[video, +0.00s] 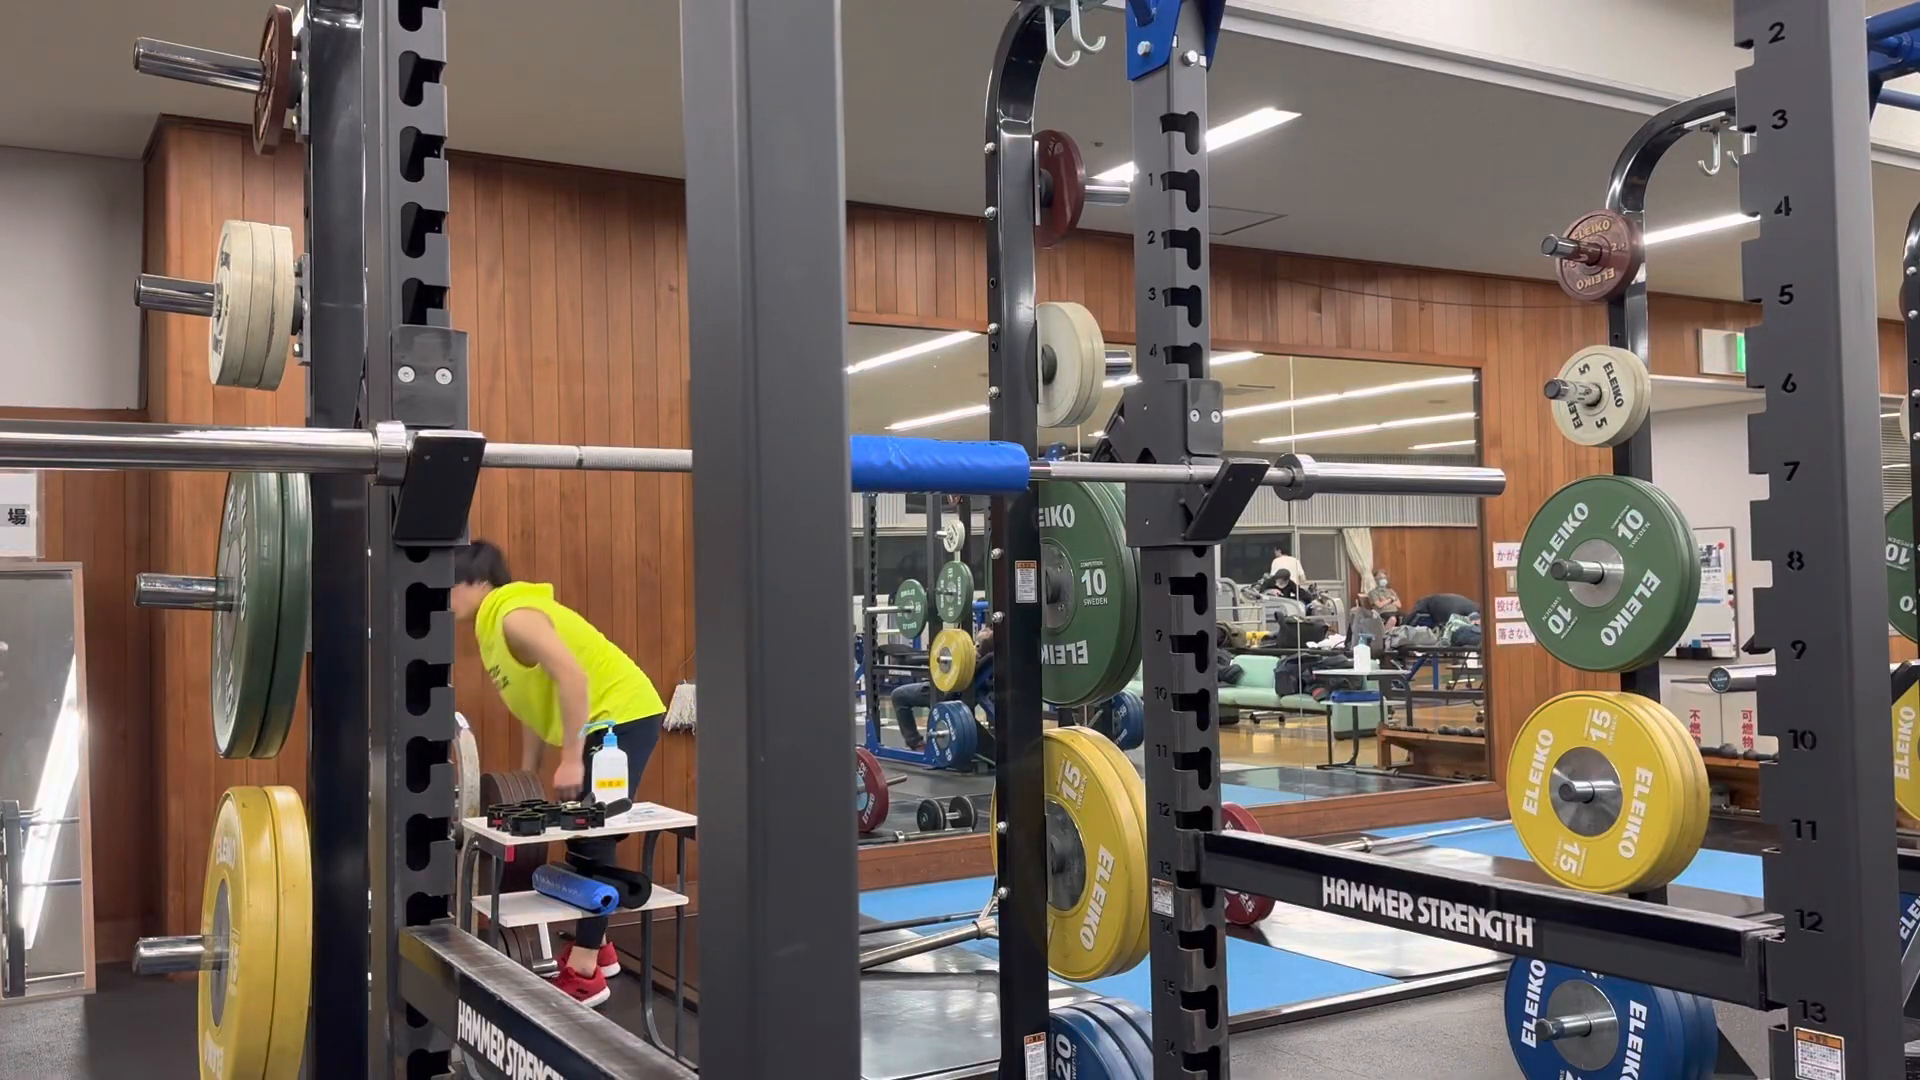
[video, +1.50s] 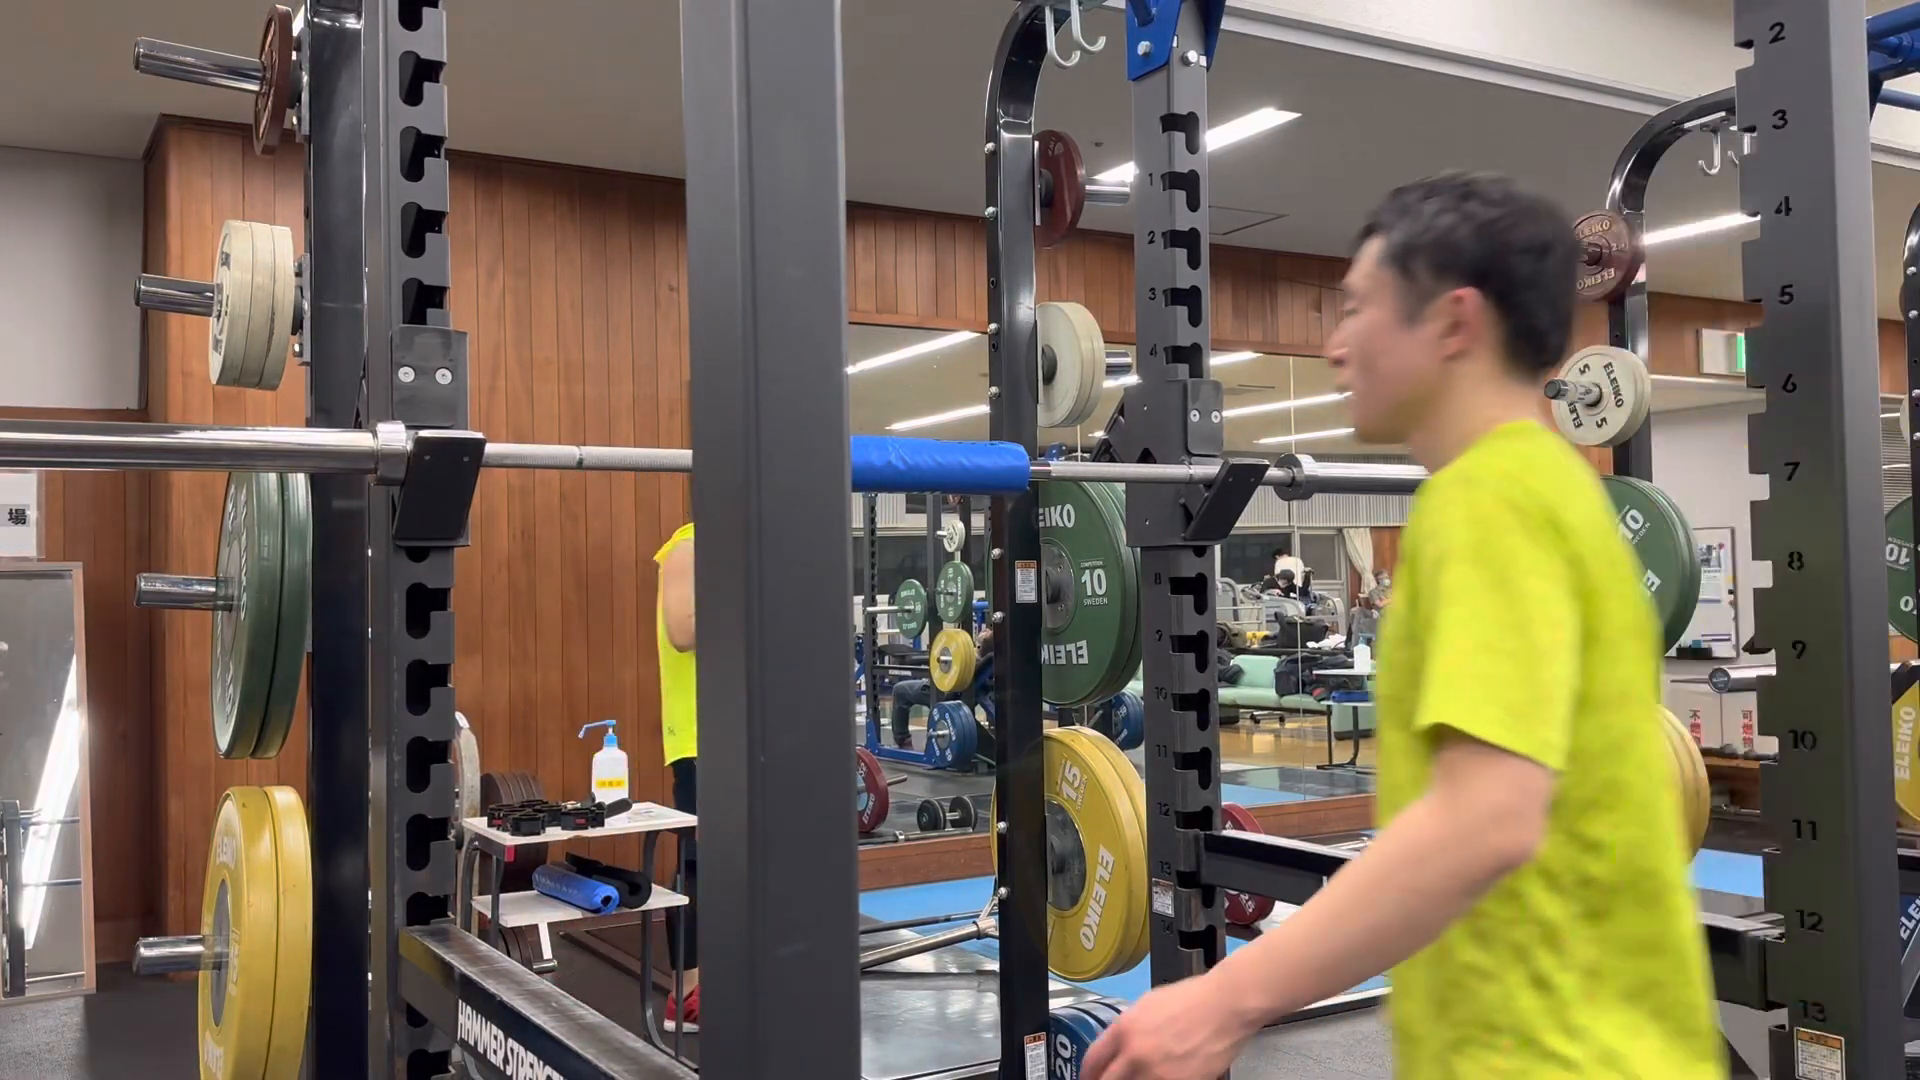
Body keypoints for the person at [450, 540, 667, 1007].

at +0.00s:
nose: (447, 597)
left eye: (452, 586)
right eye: (446, 587)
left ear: (478, 582)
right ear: (477, 584)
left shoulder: (514, 617)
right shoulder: (493, 625)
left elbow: (574, 677)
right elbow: (534, 697)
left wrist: (571, 758)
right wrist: (527, 769)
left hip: (621, 718)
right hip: (595, 721)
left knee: (592, 840)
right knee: (584, 837)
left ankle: (583, 967)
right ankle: (596, 946)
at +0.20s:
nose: (483, 542)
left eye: (496, 531)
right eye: (479, 535)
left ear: (529, 539)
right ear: (480, 547)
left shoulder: (556, 586)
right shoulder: (504, 602)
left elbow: (613, 649)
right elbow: (538, 670)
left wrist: (608, 726)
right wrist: (538, 731)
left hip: (615, 725)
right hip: (571, 733)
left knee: (598, 840)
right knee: (568, 840)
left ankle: (610, 958)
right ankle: (586, 943)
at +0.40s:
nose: (535, 515)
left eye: (549, 507)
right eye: (528, 510)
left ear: (576, 520)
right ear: (522, 527)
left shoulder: (603, 570)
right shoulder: (529, 582)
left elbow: (660, 638)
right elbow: (544, 645)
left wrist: (641, 717)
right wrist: (529, 696)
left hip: (617, 737)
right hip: (565, 738)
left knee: (615, 850)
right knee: (557, 843)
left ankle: (613, 957)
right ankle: (582, 930)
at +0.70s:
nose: (615, 509)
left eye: (622, 500)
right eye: (602, 501)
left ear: (633, 508)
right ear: (575, 512)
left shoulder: (661, 562)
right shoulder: (551, 570)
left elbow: (702, 618)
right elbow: (521, 643)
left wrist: (701, 652)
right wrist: (557, 646)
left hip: (657, 725)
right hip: (592, 730)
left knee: (639, 848)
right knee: (596, 843)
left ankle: (617, 953)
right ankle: (577, 927)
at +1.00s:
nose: (667, 505)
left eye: (667, 495)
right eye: (657, 496)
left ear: (653, 502)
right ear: (622, 502)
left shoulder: (665, 547)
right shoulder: (586, 559)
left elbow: (699, 594)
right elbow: (566, 639)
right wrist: (638, 618)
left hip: (672, 720)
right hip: (623, 726)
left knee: (647, 848)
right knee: (679, 829)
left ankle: (607, 953)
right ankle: (634, 952)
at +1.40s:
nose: (727, 497)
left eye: (725, 487)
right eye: (720, 488)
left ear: (680, 495)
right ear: (700, 495)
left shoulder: (723, 546)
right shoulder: (664, 551)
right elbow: (654, 632)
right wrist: (722, 611)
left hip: (723, 730)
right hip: (683, 733)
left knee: (709, 852)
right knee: (690, 857)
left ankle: (648, 926)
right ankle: (680, 979)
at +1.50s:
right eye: (749, 497)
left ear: (715, 495)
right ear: (727, 495)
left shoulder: (723, 547)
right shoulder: (690, 544)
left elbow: (684, 628)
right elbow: (683, 629)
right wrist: (748, 608)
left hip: (719, 736)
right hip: (699, 737)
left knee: (703, 865)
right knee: (703, 865)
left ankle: (691, 982)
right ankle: (692, 984)